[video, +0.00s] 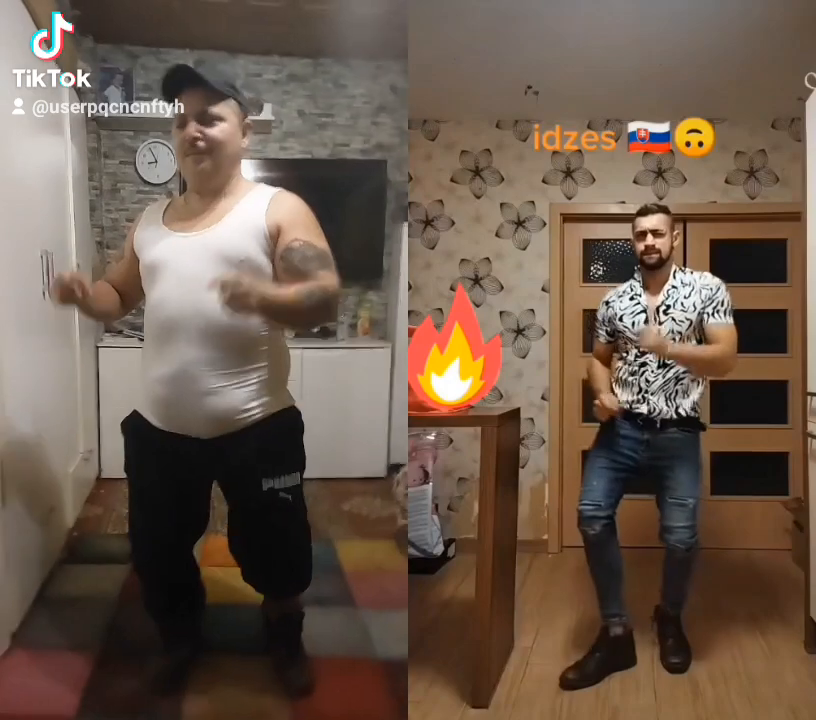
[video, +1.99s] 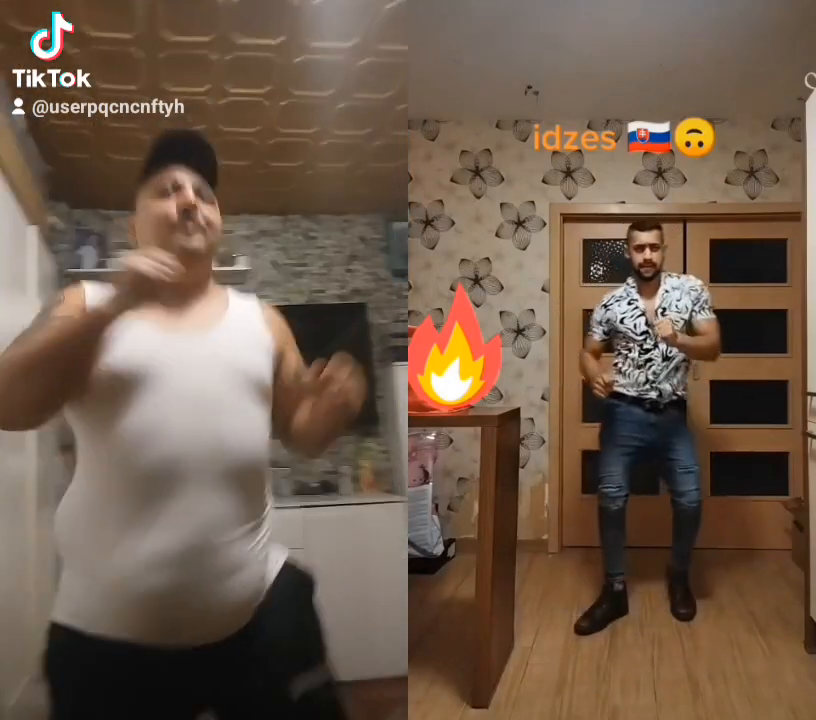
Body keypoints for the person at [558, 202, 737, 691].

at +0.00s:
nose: (648, 242)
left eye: (657, 234)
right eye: (641, 235)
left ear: (675, 239)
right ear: (633, 242)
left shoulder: (707, 288)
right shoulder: (616, 300)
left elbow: (724, 358)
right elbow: (599, 359)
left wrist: (665, 349)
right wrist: (602, 392)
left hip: (678, 434)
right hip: (622, 431)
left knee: (680, 536)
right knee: (592, 518)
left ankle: (671, 620)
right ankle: (616, 635)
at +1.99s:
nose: (647, 255)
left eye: (654, 248)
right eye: (639, 248)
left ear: (664, 251)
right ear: (628, 252)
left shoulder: (689, 289)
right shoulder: (612, 303)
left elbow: (712, 346)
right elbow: (589, 354)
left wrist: (676, 338)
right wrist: (596, 375)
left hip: (671, 415)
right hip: (624, 414)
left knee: (689, 500)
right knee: (611, 497)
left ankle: (679, 577)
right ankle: (614, 591)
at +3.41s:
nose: (623, 288)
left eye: (629, 281)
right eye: (616, 280)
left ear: (635, 282)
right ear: (600, 280)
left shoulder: (649, 314)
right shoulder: (578, 321)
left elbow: (674, 372)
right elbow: (555, 370)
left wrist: (669, 362)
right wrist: (566, 388)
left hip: (649, 422)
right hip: (602, 425)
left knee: (677, 490)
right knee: (584, 498)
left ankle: (654, 579)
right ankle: (605, 570)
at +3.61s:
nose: (614, 279)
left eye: (619, 272)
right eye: (607, 271)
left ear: (627, 273)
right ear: (591, 271)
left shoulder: (643, 302)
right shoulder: (575, 316)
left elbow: (668, 353)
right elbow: (553, 366)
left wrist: (646, 337)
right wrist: (562, 386)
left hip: (641, 413)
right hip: (597, 415)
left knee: (672, 481)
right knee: (592, 493)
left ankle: (655, 572)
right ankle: (605, 569)